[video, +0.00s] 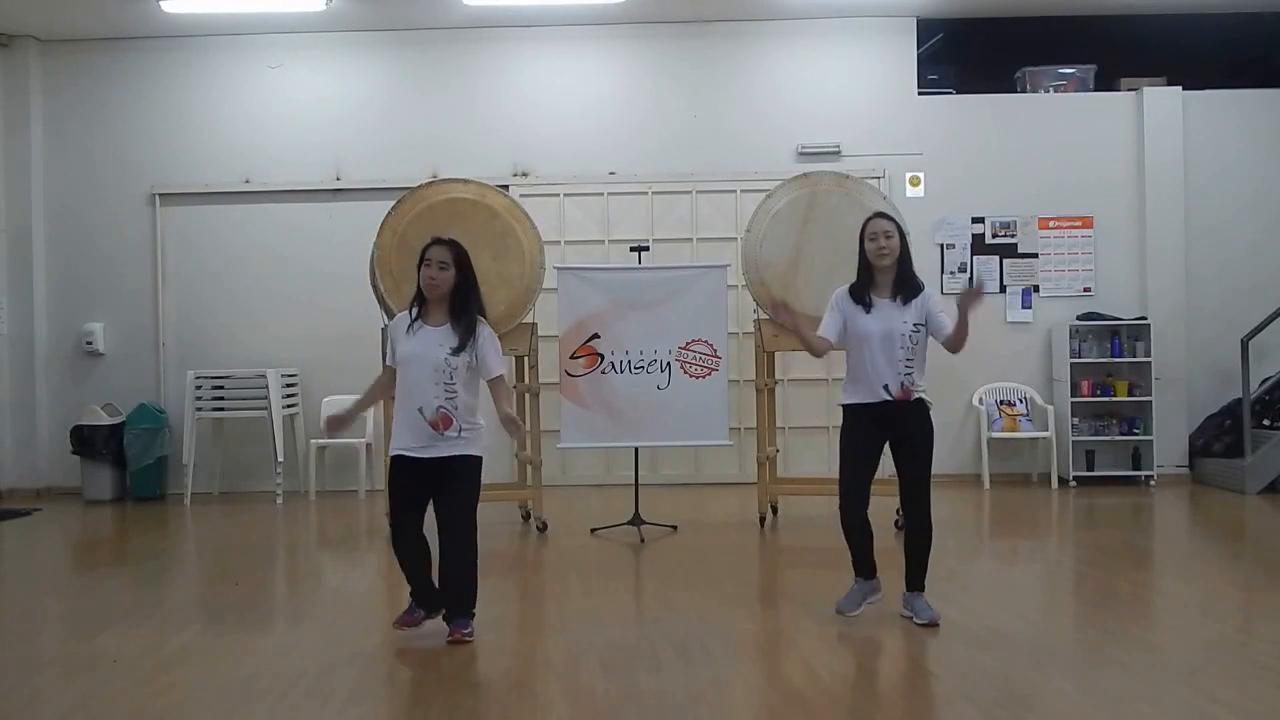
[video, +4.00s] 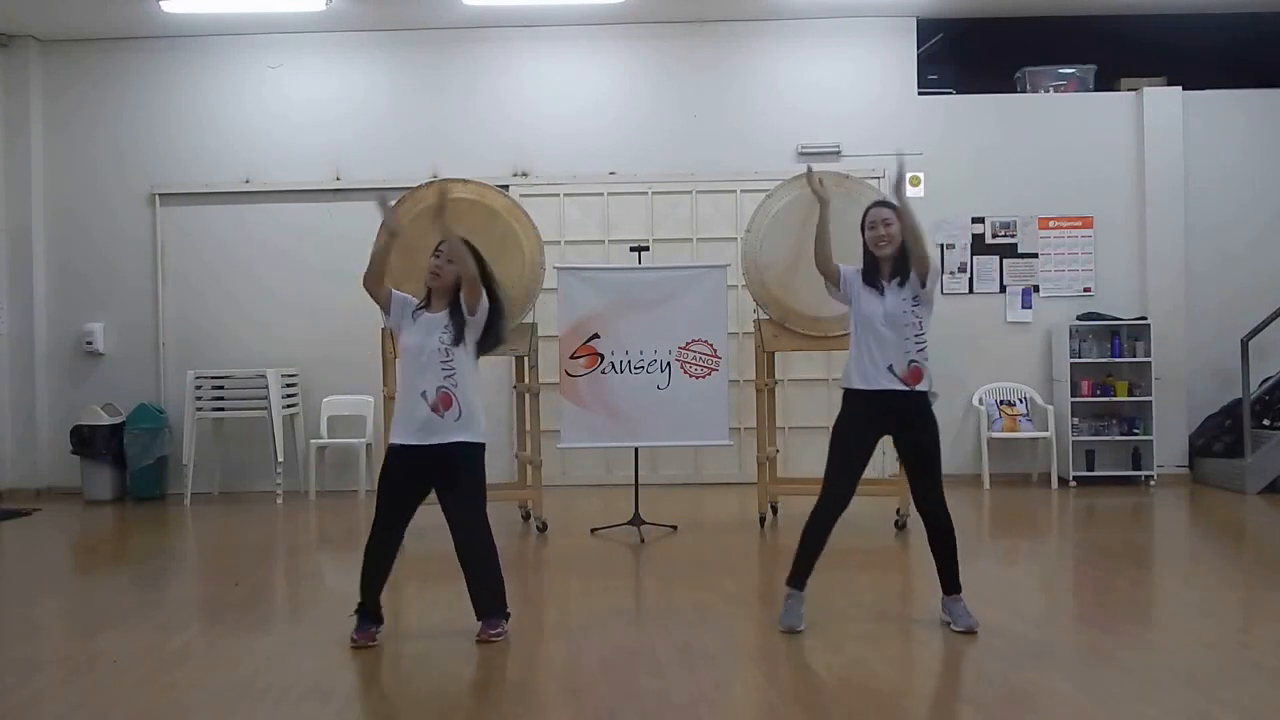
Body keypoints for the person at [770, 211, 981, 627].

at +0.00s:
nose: (881, 243)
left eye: (888, 236)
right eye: (873, 238)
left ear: (902, 243)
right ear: (862, 247)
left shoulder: (921, 295)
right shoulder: (845, 298)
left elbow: (953, 344)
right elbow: (820, 348)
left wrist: (964, 313)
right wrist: (798, 327)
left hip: (910, 413)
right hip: (860, 414)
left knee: (917, 507)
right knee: (851, 506)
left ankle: (915, 594)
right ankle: (866, 582)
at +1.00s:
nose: (852, 234)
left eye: (855, 228)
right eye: (843, 228)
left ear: (859, 240)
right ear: (823, 237)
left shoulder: (865, 293)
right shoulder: (806, 281)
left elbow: (913, 307)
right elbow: (818, 292)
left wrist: (927, 260)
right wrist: (836, 257)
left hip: (852, 407)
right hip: (811, 408)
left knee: (897, 491)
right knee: (803, 503)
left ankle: (896, 586)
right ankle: (779, 596)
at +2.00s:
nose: (892, 228)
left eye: (899, 220)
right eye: (883, 222)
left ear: (912, 230)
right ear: (872, 234)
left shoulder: (928, 280)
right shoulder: (859, 282)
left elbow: (951, 262)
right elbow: (822, 269)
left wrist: (938, 207)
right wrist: (820, 216)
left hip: (920, 402)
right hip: (869, 401)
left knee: (932, 500)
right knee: (841, 496)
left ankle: (945, 594)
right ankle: (822, 588)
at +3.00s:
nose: (847, 224)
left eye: (853, 218)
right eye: (837, 219)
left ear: (864, 229)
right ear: (822, 235)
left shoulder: (877, 282)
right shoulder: (816, 277)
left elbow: (922, 264)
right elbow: (850, 249)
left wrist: (923, 209)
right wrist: (865, 191)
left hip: (869, 403)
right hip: (824, 405)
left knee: (909, 496)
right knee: (809, 502)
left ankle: (941, 589)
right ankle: (781, 597)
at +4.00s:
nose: (881, 230)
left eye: (888, 223)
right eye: (873, 225)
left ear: (903, 230)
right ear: (864, 236)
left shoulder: (918, 281)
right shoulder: (854, 283)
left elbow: (920, 252)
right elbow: (824, 263)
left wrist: (902, 202)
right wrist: (824, 208)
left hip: (912, 406)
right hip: (861, 405)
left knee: (932, 503)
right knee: (832, 501)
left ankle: (953, 599)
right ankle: (794, 594)